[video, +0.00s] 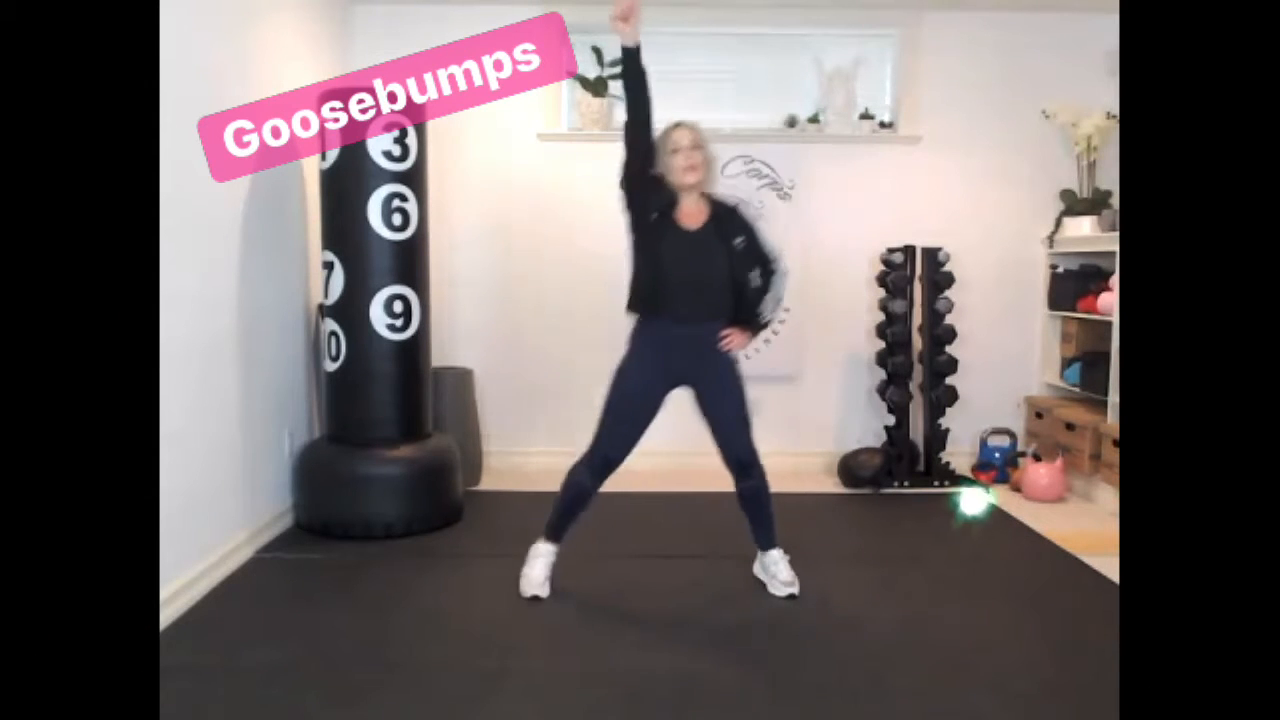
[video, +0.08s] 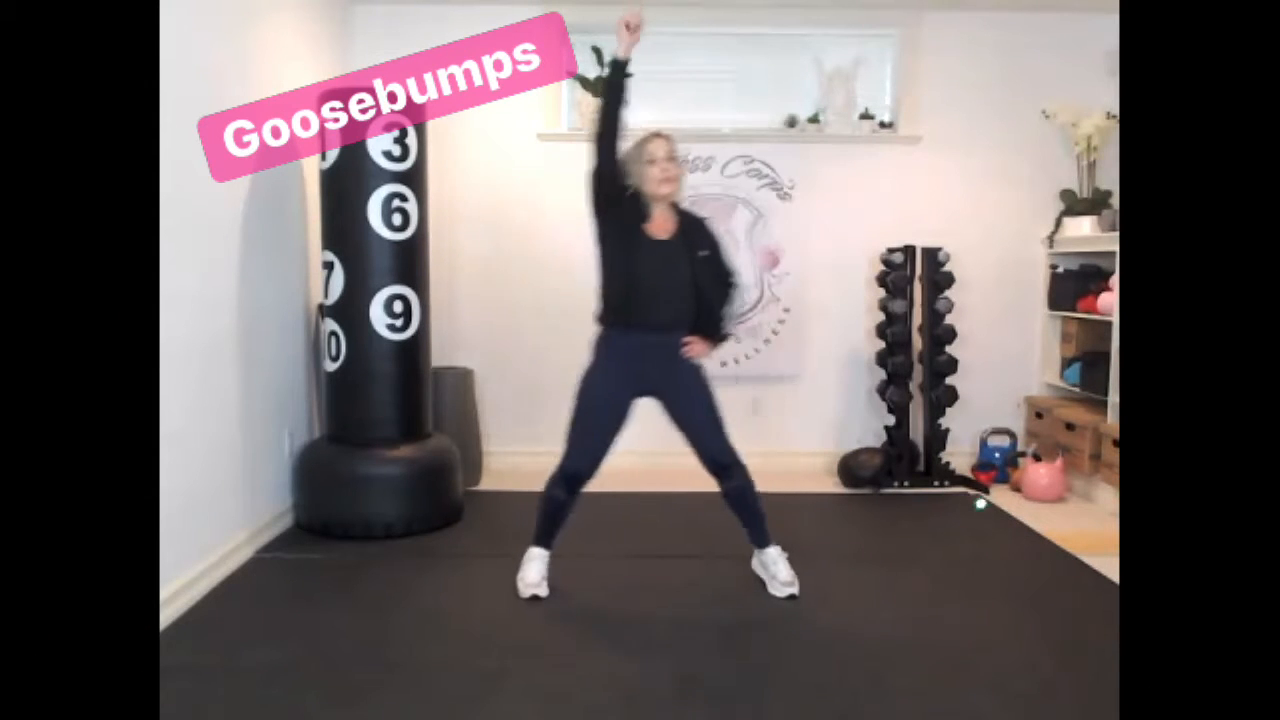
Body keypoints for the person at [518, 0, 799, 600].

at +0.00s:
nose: (688, 157)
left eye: (695, 149)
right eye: (678, 150)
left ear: (707, 160)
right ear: (661, 163)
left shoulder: (727, 219)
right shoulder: (648, 205)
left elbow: (765, 274)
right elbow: (637, 125)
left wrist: (751, 324)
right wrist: (629, 44)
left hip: (711, 349)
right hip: (653, 345)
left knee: (742, 457)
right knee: (605, 455)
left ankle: (770, 552)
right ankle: (546, 547)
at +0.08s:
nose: (666, 169)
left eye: (672, 161)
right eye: (655, 162)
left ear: (681, 171)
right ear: (635, 173)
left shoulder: (695, 231)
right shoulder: (616, 217)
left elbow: (720, 287)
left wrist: (710, 334)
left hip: (674, 359)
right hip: (618, 355)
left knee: (721, 459)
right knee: (578, 464)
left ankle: (766, 551)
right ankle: (538, 554)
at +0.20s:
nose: (642, 168)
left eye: (648, 160)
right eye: (631, 160)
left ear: (658, 169)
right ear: (611, 167)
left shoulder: (668, 226)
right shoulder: (589, 210)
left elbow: (689, 282)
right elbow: (563, 143)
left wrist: (676, 330)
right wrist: (591, 79)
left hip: (646, 352)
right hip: (587, 351)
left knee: (697, 453)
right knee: (561, 465)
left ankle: (740, 543)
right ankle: (536, 554)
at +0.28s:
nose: (632, 158)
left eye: (637, 149)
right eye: (620, 150)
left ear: (646, 157)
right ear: (600, 159)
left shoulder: (656, 216)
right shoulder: (573, 200)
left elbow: (670, 276)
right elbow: (516, 198)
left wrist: (663, 321)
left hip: (627, 343)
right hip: (571, 341)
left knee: (668, 447)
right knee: (557, 456)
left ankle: (678, 533)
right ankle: (537, 552)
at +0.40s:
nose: (619, 167)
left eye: (628, 160)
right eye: (609, 159)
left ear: (638, 169)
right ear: (589, 168)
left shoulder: (649, 228)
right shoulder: (559, 226)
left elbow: (659, 288)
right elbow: (525, 290)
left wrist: (647, 330)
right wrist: (529, 295)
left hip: (609, 353)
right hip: (553, 351)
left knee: (621, 463)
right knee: (547, 462)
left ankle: (602, 533)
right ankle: (535, 551)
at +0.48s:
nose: (610, 182)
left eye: (618, 174)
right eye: (601, 174)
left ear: (630, 184)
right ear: (583, 182)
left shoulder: (645, 242)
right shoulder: (553, 237)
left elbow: (657, 299)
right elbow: (524, 290)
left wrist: (642, 349)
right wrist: (517, 325)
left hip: (604, 367)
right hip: (546, 363)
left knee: (608, 474)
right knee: (540, 470)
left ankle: (590, 545)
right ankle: (534, 553)